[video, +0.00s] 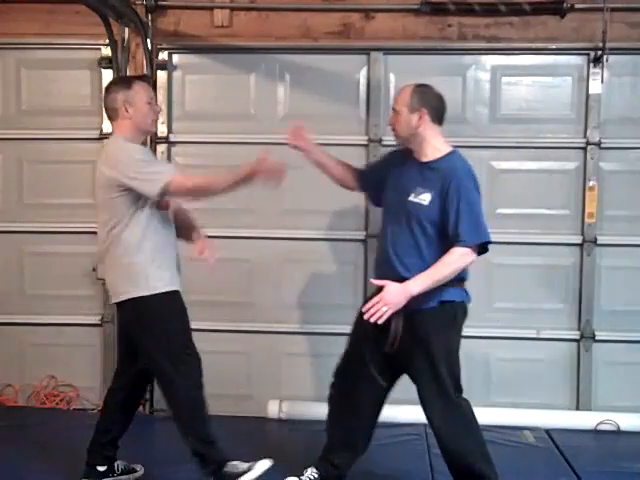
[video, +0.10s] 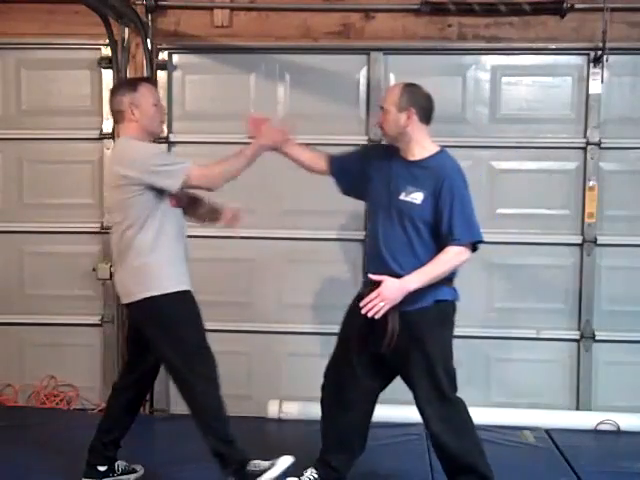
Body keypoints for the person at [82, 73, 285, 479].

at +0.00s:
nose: (158, 108)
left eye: (156, 101)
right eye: (150, 101)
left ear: (127, 111)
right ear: (126, 109)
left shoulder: (127, 152)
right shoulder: (123, 153)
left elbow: (164, 201)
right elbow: (184, 186)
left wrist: (192, 232)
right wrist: (249, 172)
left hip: (141, 282)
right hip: (146, 283)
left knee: (133, 376)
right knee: (183, 370)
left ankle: (100, 461)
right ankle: (215, 463)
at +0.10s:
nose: (163, 110)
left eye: (160, 103)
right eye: (155, 104)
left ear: (131, 112)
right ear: (131, 110)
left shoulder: (128, 153)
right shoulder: (132, 153)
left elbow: (177, 198)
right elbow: (205, 177)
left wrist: (216, 213)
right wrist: (258, 146)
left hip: (147, 286)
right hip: (159, 286)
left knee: (137, 377)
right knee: (199, 375)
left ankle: (101, 461)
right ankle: (236, 465)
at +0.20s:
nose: (177, 111)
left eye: (173, 104)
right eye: (169, 105)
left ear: (144, 115)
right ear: (145, 113)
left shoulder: (137, 156)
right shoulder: (152, 153)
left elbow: (209, 203)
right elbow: (211, 192)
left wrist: (256, 180)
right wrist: (235, 164)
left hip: (156, 291)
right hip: (176, 290)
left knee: (141, 378)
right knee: (216, 381)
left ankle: (101, 461)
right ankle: (251, 469)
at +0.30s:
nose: (195, 113)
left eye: (193, 107)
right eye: (187, 107)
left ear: (162, 116)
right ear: (164, 114)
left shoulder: (152, 157)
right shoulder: (175, 150)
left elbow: (203, 216)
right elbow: (239, 189)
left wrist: (268, 198)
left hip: (171, 291)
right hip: (193, 290)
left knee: (155, 376)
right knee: (229, 385)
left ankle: (105, 456)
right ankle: (254, 471)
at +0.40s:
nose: (220, 113)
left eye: (216, 105)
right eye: (212, 106)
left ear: (180, 116)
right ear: (190, 114)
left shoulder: (164, 164)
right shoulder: (209, 146)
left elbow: (189, 225)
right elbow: (270, 184)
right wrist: (236, 194)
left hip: (181, 291)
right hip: (215, 288)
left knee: (187, 365)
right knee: (250, 381)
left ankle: (119, 446)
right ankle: (263, 469)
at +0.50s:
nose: (236, 115)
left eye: (233, 108)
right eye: (230, 109)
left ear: (196, 118)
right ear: (208, 114)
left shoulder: (169, 169)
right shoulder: (228, 144)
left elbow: (194, 226)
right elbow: (297, 176)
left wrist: (259, 232)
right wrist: (262, 172)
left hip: (191, 292)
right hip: (232, 287)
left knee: (197, 368)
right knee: (261, 381)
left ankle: (145, 446)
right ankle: (266, 469)